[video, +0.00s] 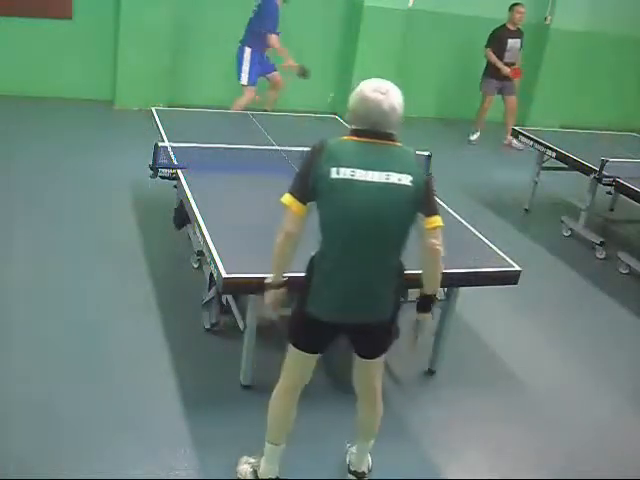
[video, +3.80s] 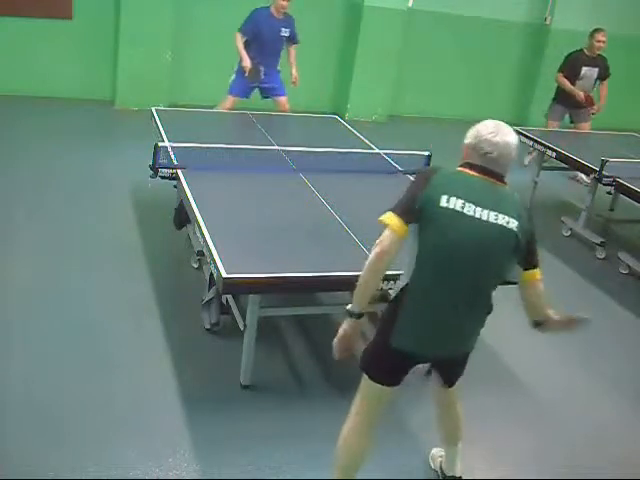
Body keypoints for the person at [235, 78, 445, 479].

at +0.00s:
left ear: (351, 116)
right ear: (397, 120)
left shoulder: (324, 154)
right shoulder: (416, 167)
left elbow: (291, 229)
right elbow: (434, 246)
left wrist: (275, 282)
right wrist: (429, 301)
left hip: (323, 296)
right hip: (378, 302)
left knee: (290, 384)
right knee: (370, 387)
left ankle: (268, 467)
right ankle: (360, 462)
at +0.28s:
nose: (379, 119)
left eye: (382, 113)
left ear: (385, 120)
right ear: (428, 125)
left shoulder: (361, 156)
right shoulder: (446, 168)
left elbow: (336, 241)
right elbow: (459, 243)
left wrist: (333, 259)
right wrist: (424, 258)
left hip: (353, 297)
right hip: (403, 302)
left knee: (305, 387)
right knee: (383, 390)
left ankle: (274, 465)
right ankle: (363, 463)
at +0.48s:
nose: (389, 120)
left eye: (392, 116)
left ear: (395, 123)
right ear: (438, 128)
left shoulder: (376, 161)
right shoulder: (455, 171)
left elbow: (352, 243)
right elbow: (464, 242)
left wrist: (337, 277)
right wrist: (435, 278)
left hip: (363, 302)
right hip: (411, 306)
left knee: (321, 393)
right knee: (387, 390)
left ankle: (308, 471)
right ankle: (363, 462)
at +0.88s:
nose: (391, 131)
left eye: (394, 126)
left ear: (398, 136)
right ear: (445, 140)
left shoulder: (377, 179)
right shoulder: (462, 185)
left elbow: (347, 256)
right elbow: (487, 261)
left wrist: (339, 305)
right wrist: (483, 321)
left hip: (370, 322)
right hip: (417, 325)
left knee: (358, 416)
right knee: (390, 390)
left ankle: (358, 468)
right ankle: (367, 458)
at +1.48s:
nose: (403, 151)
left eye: (405, 146)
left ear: (409, 154)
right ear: (459, 153)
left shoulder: (386, 202)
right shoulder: (484, 202)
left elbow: (355, 281)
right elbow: (499, 282)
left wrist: (349, 323)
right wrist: (455, 289)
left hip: (385, 343)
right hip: (440, 341)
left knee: (369, 438)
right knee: (426, 404)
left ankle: (362, 471)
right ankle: (428, 468)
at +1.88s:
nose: (449, 143)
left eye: (452, 139)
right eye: (451, 138)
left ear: (457, 148)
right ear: (503, 153)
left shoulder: (436, 190)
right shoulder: (519, 197)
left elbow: (408, 269)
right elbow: (532, 275)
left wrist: (393, 312)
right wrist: (491, 289)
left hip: (425, 330)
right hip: (475, 332)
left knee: (385, 423)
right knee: (463, 409)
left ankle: (369, 473)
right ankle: (461, 473)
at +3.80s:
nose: (461, 151)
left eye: (464, 147)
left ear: (466, 152)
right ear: (508, 166)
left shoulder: (433, 180)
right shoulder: (517, 211)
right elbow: (532, 287)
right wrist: (541, 317)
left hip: (411, 323)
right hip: (462, 332)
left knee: (366, 408)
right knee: (447, 391)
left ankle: (341, 473)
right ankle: (452, 465)